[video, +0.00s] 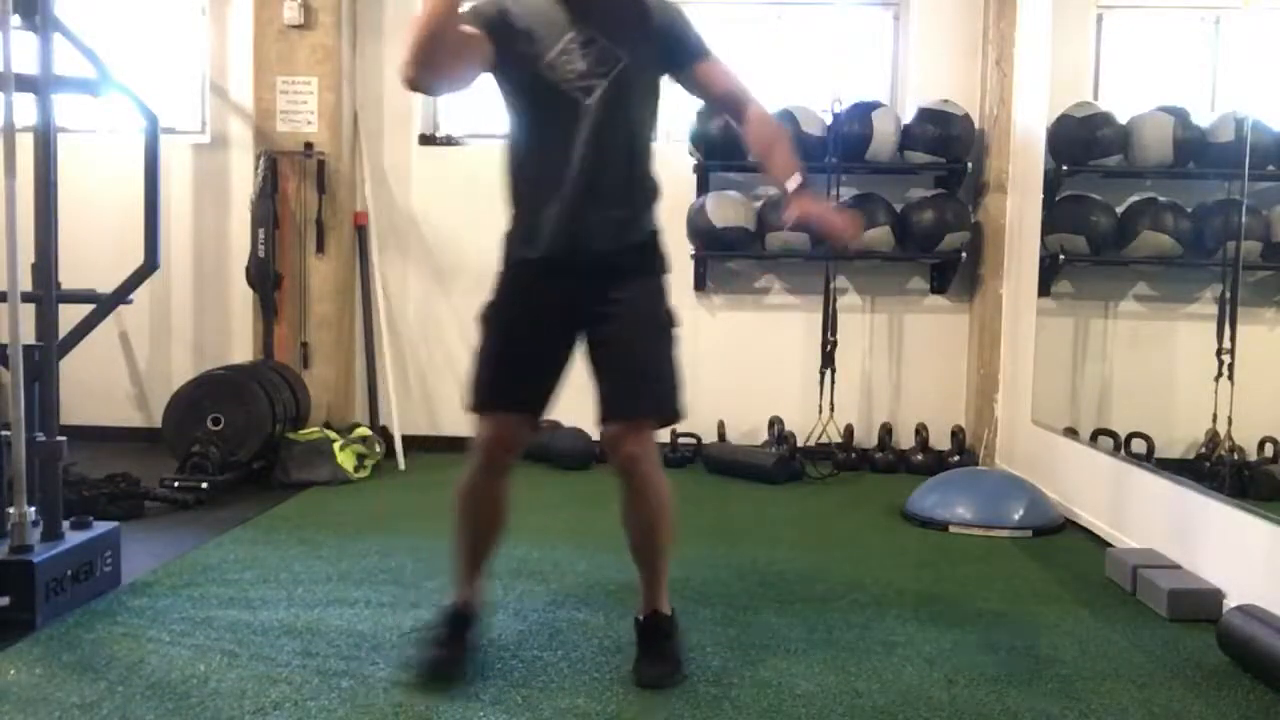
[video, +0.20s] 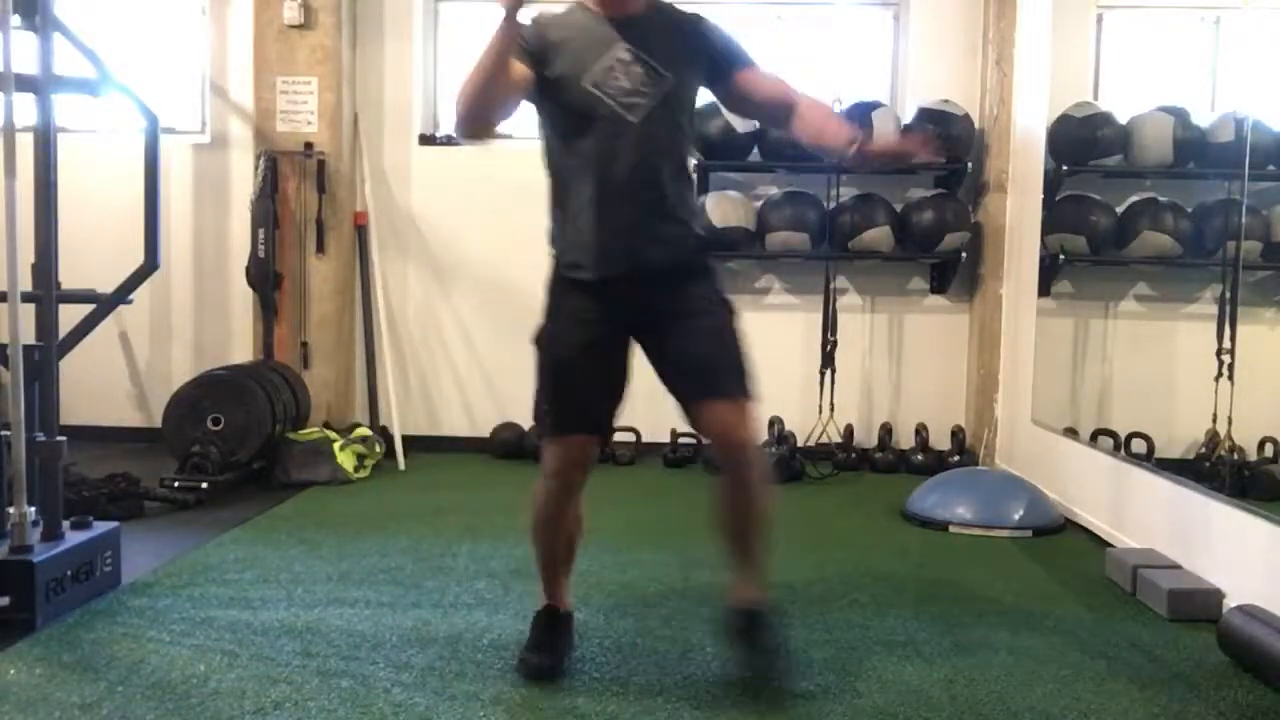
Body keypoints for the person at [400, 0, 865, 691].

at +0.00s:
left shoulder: (648, 17)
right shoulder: (510, 15)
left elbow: (742, 105)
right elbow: (422, 69)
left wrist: (795, 187)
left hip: (626, 266)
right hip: (536, 266)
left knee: (633, 447)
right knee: (495, 444)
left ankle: (655, 617)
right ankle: (462, 609)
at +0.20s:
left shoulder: (682, 31)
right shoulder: (547, 36)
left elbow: (783, 103)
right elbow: (474, 120)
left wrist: (863, 146)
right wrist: (508, 19)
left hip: (677, 275)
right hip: (585, 282)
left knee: (739, 441)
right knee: (564, 463)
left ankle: (751, 609)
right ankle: (553, 613)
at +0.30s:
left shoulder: (743, 47)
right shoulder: (603, 52)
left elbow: (835, 108)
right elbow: (527, 162)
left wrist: (914, 103)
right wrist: (569, 79)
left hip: (733, 288)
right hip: (638, 292)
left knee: (818, 447)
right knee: (600, 468)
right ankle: (557, 613)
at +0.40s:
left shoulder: (794, 44)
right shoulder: (656, 64)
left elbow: (915, 88)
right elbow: (577, 187)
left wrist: (961, 31)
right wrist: (613, 134)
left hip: (796, 293)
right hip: (697, 297)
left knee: (877, 461)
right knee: (635, 474)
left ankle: (929, 632)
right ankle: (561, 609)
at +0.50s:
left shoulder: (848, 35)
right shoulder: (711, 67)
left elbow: (975, 33)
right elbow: (643, 175)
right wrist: (652, 213)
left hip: (853, 290)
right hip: (757, 297)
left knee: (921, 460)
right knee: (705, 466)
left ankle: (936, 638)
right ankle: (583, 598)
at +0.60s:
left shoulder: (891, 17)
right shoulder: (751, 46)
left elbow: (981, 7)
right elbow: (690, 163)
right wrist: (680, 249)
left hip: (882, 268)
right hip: (793, 271)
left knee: (935, 452)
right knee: (800, 441)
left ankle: (938, 637)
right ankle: (667, 564)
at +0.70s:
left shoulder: (919, 15)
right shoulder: (779, 21)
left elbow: (978, 9)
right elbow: (709, 146)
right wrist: (704, 250)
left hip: (900, 252)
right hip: (810, 235)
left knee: (933, 452)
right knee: (897, 346)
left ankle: (936, 636)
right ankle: (794, 515)